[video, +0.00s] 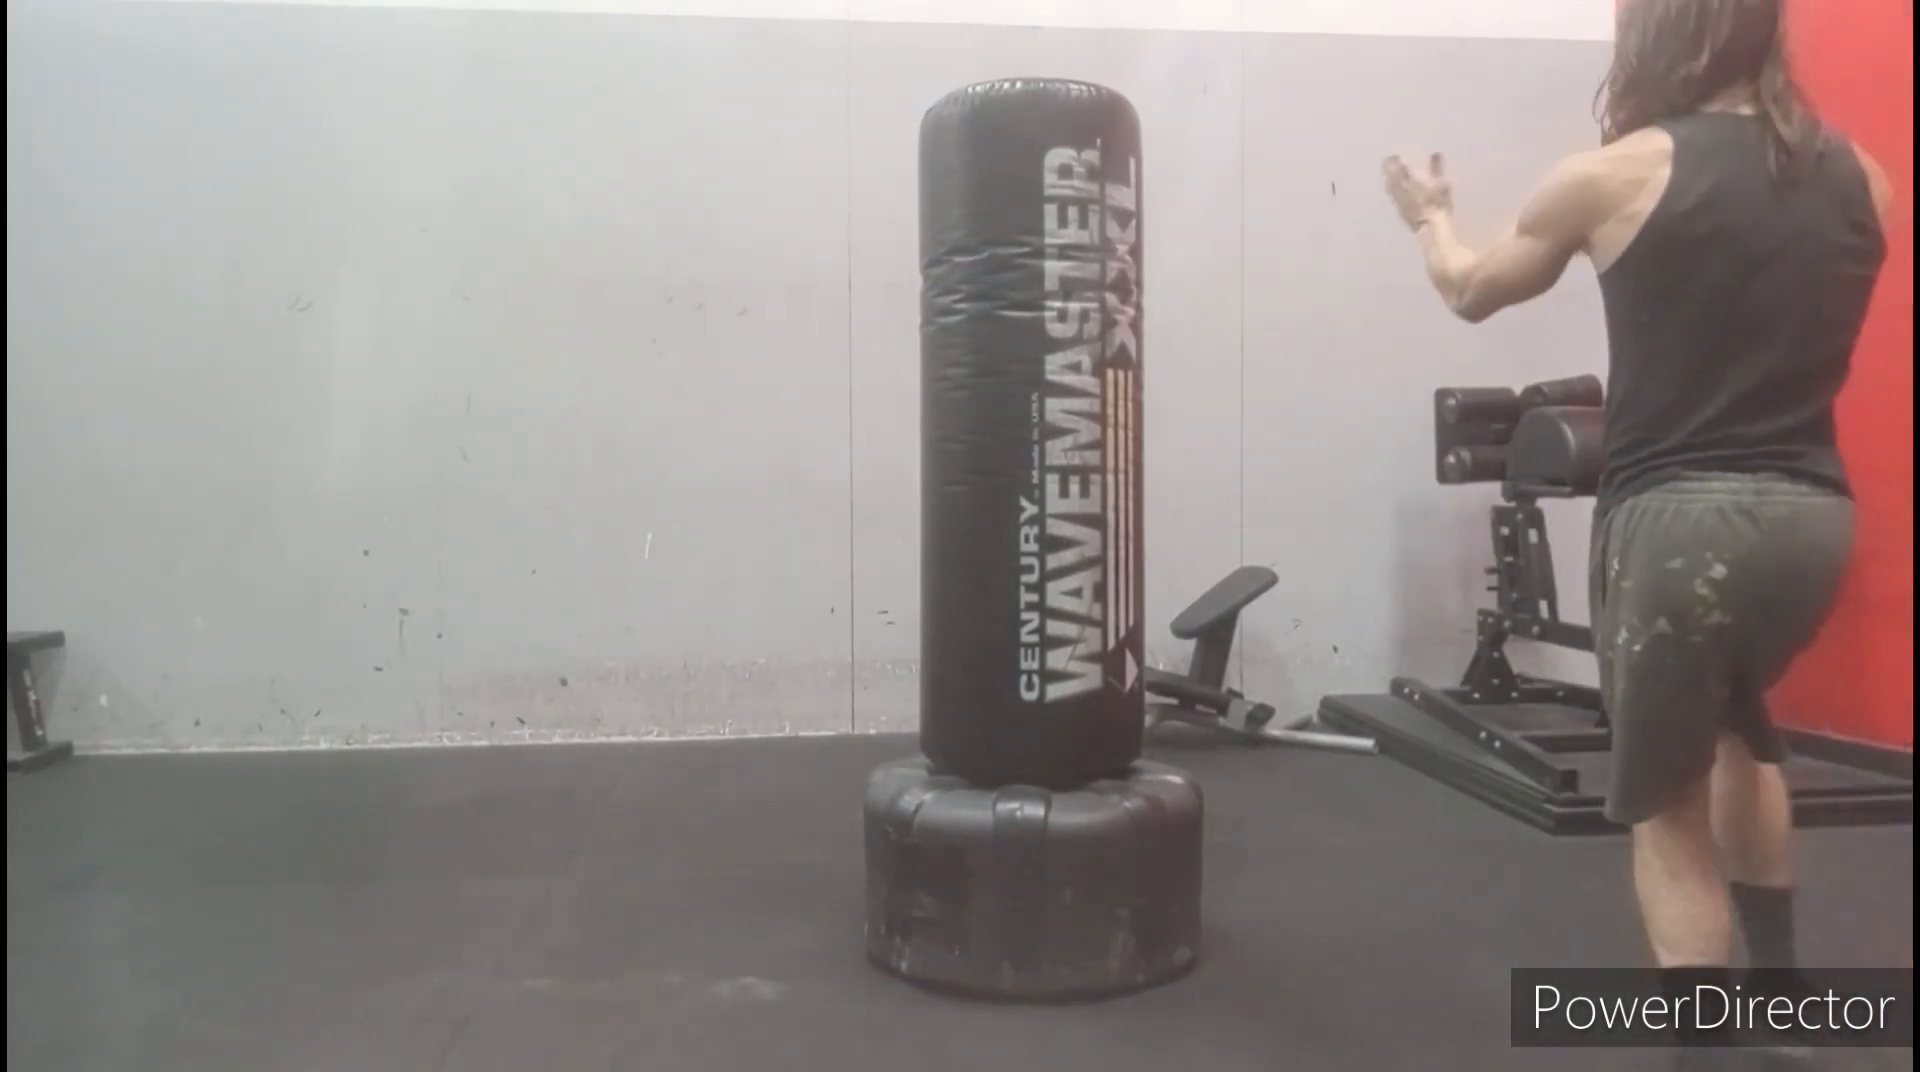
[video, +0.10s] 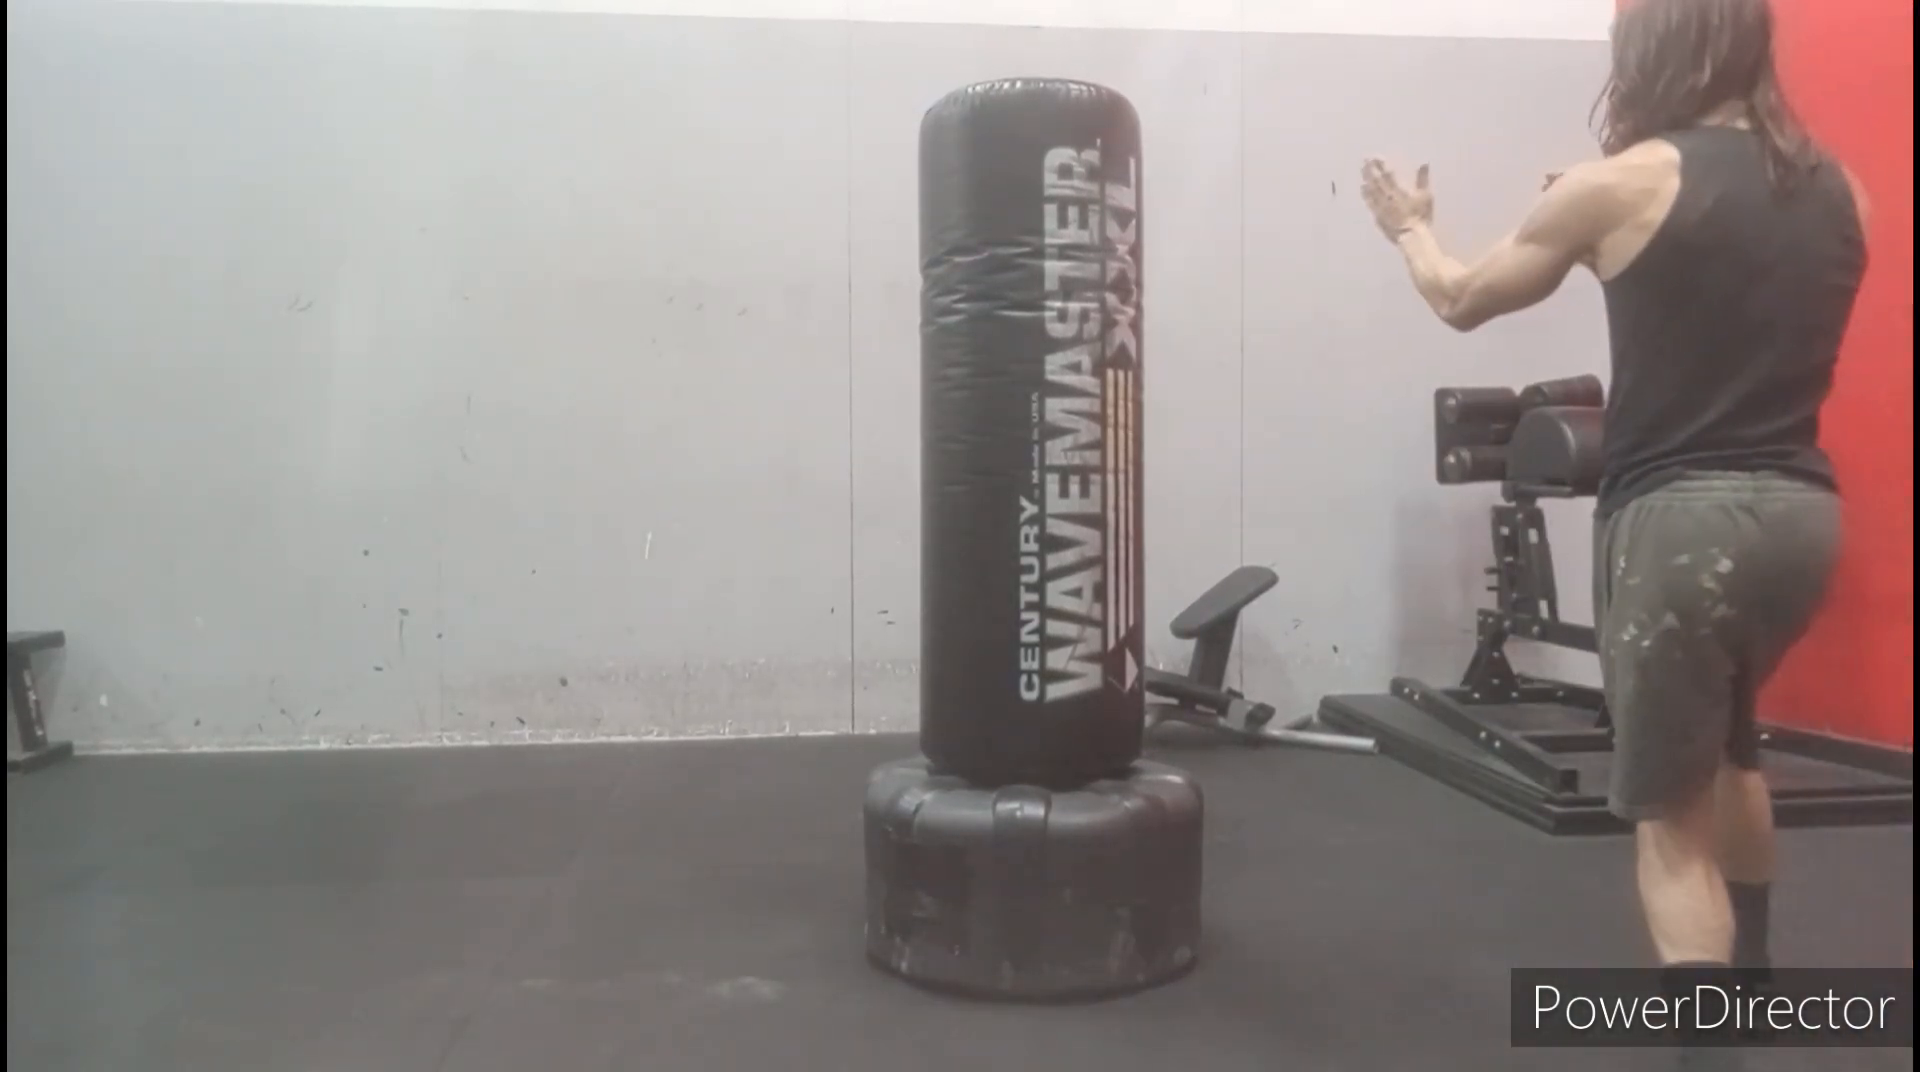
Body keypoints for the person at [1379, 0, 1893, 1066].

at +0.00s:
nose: (1615, 51)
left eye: (1625, 30)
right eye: (1620, 31)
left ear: (1663, 37)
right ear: (1768, 39)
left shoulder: (1615, 175)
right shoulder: (1860, 177)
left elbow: (1473, 290)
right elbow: (1807, 319)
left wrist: (1430, 215)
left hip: (1676, 520)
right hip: (1814, 515)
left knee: (1671, 818)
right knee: (1744, 728)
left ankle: (1713, 1050)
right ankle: (1776, 986)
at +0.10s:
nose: (1617, 63)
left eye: (1627, 40)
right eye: (1623, 42)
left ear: (1655, 49)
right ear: (1752, 49)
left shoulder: (1624, 183)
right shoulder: (1835, 188)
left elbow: (1463, 299)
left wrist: (1408, 224)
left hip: (1680, 516)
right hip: (1804, 509)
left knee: (1675, 823)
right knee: (1728, 741)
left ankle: (1707, 1044)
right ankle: (1751, 979)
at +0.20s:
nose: (1612, 88)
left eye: (1621, 68)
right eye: (1618, 66)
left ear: (1646, 74)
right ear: (1740, 71)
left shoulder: (1631, 195)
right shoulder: (1814, 198)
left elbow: (1456, 306)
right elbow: (1723, 311)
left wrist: (1394, 232)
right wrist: (1599, 230)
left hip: (1684, 514)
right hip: (1797, 510)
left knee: (1670, 832)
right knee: (1706, 755)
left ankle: (1707, 1046)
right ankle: (1744, 975)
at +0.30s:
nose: (1606, 105)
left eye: (1616, 85)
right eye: (1610, 83)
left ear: (1649, 92)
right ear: (1727, 89)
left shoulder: (1639, 209)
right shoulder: (1795, 203)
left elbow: (1457, 314)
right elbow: (1696, 328)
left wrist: (1385, 244)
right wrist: (1593, 243)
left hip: (1684, 512)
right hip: (1787, 503)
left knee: (1657, 813)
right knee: (1699, 764)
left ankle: (1699, 1024)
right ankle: (1735, 983)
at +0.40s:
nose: (1604, 120)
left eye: (1613, 101)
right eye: (1607, 99)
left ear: (1644, 106)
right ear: (1718, 101)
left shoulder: (1642, 221)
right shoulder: (1780, 210)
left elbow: (1458, 318)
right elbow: (1685, 335)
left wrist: (1374, 250)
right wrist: (1592, 259)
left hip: (1684, 508)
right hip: (1778, 500)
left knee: (1604, 769)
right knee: (1691, 759)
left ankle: (1689, 986)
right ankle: (1731, 981)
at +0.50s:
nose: (1597, 139)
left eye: (1605, 121)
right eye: (1600, 120)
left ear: (1633, 125)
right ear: (1706, 119)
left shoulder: (1638, 233)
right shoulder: (1767, 224)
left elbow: (1458, 330)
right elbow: (1666, 358)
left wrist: (1368, 261)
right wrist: (1585, 273)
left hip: (1676, 506)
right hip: (1766, 501)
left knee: (1564, 713)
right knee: (1667, 744)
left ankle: (1648, 888)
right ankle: (1723, 968)